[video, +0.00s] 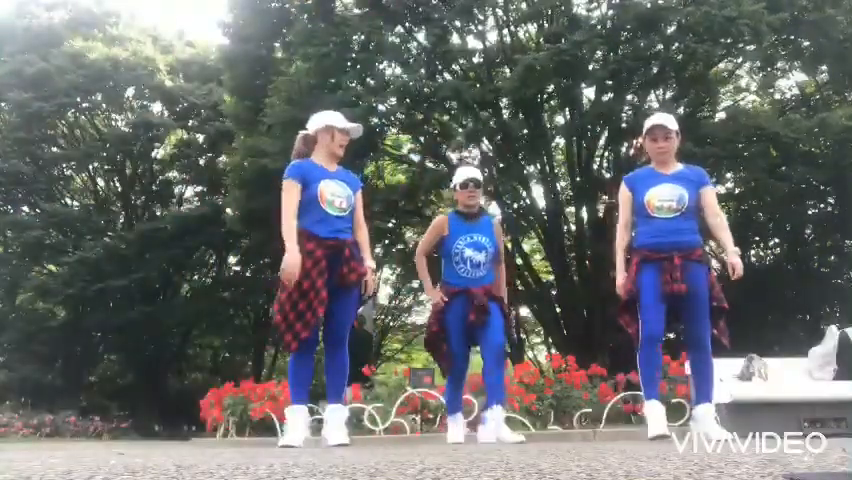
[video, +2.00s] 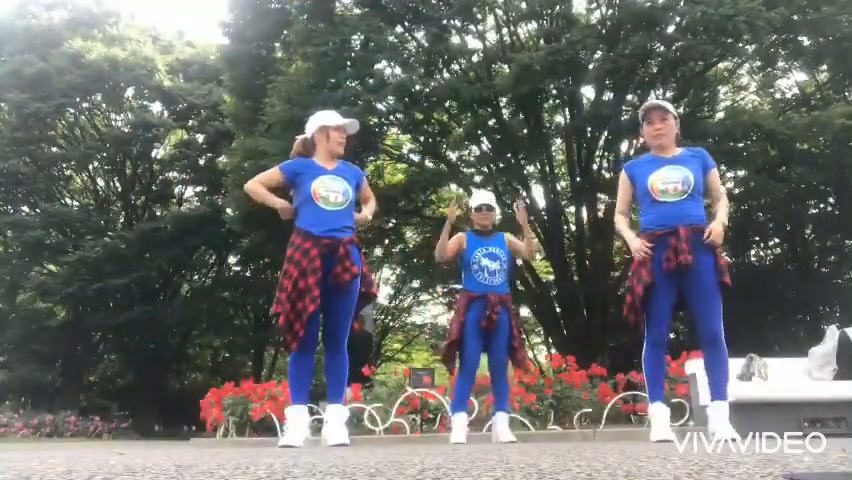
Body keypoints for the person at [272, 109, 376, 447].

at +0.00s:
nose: (345, 139)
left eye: (346, 134)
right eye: (340, 133)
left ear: (342, 138)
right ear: (321, 135)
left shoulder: (352, 179)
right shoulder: (299, 169)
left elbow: (360, 225)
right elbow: (289, 214)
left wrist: (368, 261)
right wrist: (291, 250)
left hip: (348, 256)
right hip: (310, 255)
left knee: (338, 338)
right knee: (305, 336)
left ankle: (336, 417)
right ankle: (297, 417)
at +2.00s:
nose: (345, 137)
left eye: (345, 133)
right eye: (339, 132)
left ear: (343, 138)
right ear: (320, 135)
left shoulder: (354, 173)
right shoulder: (298, 167)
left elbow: (370, 199)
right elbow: (253, 185)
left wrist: (366, 212)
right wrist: (278, 203)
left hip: (345, 254)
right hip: (307, 253)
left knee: (337, 340)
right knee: (303, 337)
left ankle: (336, 420)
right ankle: (297, 420)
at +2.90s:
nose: (343, 135)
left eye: (344, 131)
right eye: (336, 130)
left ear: (343, 138)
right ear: (319, 136)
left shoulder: (357, 174)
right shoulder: (297, 173)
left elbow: (369, 211)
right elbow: (287, 214)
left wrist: (359, 237)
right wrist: (302, 220)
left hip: (347, 259)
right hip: (310, 259)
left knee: (339, 341)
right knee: (306, 340)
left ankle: (336, 417)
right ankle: (297, 417)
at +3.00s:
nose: (345, 135)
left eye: (346, 131)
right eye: (338, 130)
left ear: (344, 137)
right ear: (320, 135)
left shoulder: (358, 175)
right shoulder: (297, 173)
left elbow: (362, 221)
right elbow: (284, 223)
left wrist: (360, 261)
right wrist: (291, 260)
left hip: (345, 257)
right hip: (307, 256)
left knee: (339, 341)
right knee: (306, 341)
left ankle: (336, 418)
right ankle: (297, 419)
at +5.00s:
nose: (328, 139)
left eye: (333, 134)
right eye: (322, 134)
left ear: (340, 139)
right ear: (309, 138)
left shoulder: (348, 180)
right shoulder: (293, 172)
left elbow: (361, 223)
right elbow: (280, 216)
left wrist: (353, 242)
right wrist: (285, 255)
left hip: (340, 254)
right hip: (303, 251)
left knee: (341, 331)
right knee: (302, 333)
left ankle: (336, 416)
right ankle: (297, 417)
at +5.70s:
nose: (354, 137)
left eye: (359, 131)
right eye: (348, 132)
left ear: (367, 136)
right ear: (337, 138)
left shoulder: (383, 175)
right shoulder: (324, 175)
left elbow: (399, 217)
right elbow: (310, 222)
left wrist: (404, 246)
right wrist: (311, 257)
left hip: (376, 253)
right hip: (335, 253)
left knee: (374, 332)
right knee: (321, 336)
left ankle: (376, 414)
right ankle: (299, 416)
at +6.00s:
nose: (360, 137)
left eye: (365, 131)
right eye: (353, 131)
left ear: (373, 135)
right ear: (342, 136)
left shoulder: (391, 172)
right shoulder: (330, 174)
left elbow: (407, 216)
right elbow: (321, 219)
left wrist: (404, 247)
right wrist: (335, 254)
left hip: (385, 253)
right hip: (347, 254)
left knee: (380, 335)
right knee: (353, 334)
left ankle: (378, 414)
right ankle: (350, 414)